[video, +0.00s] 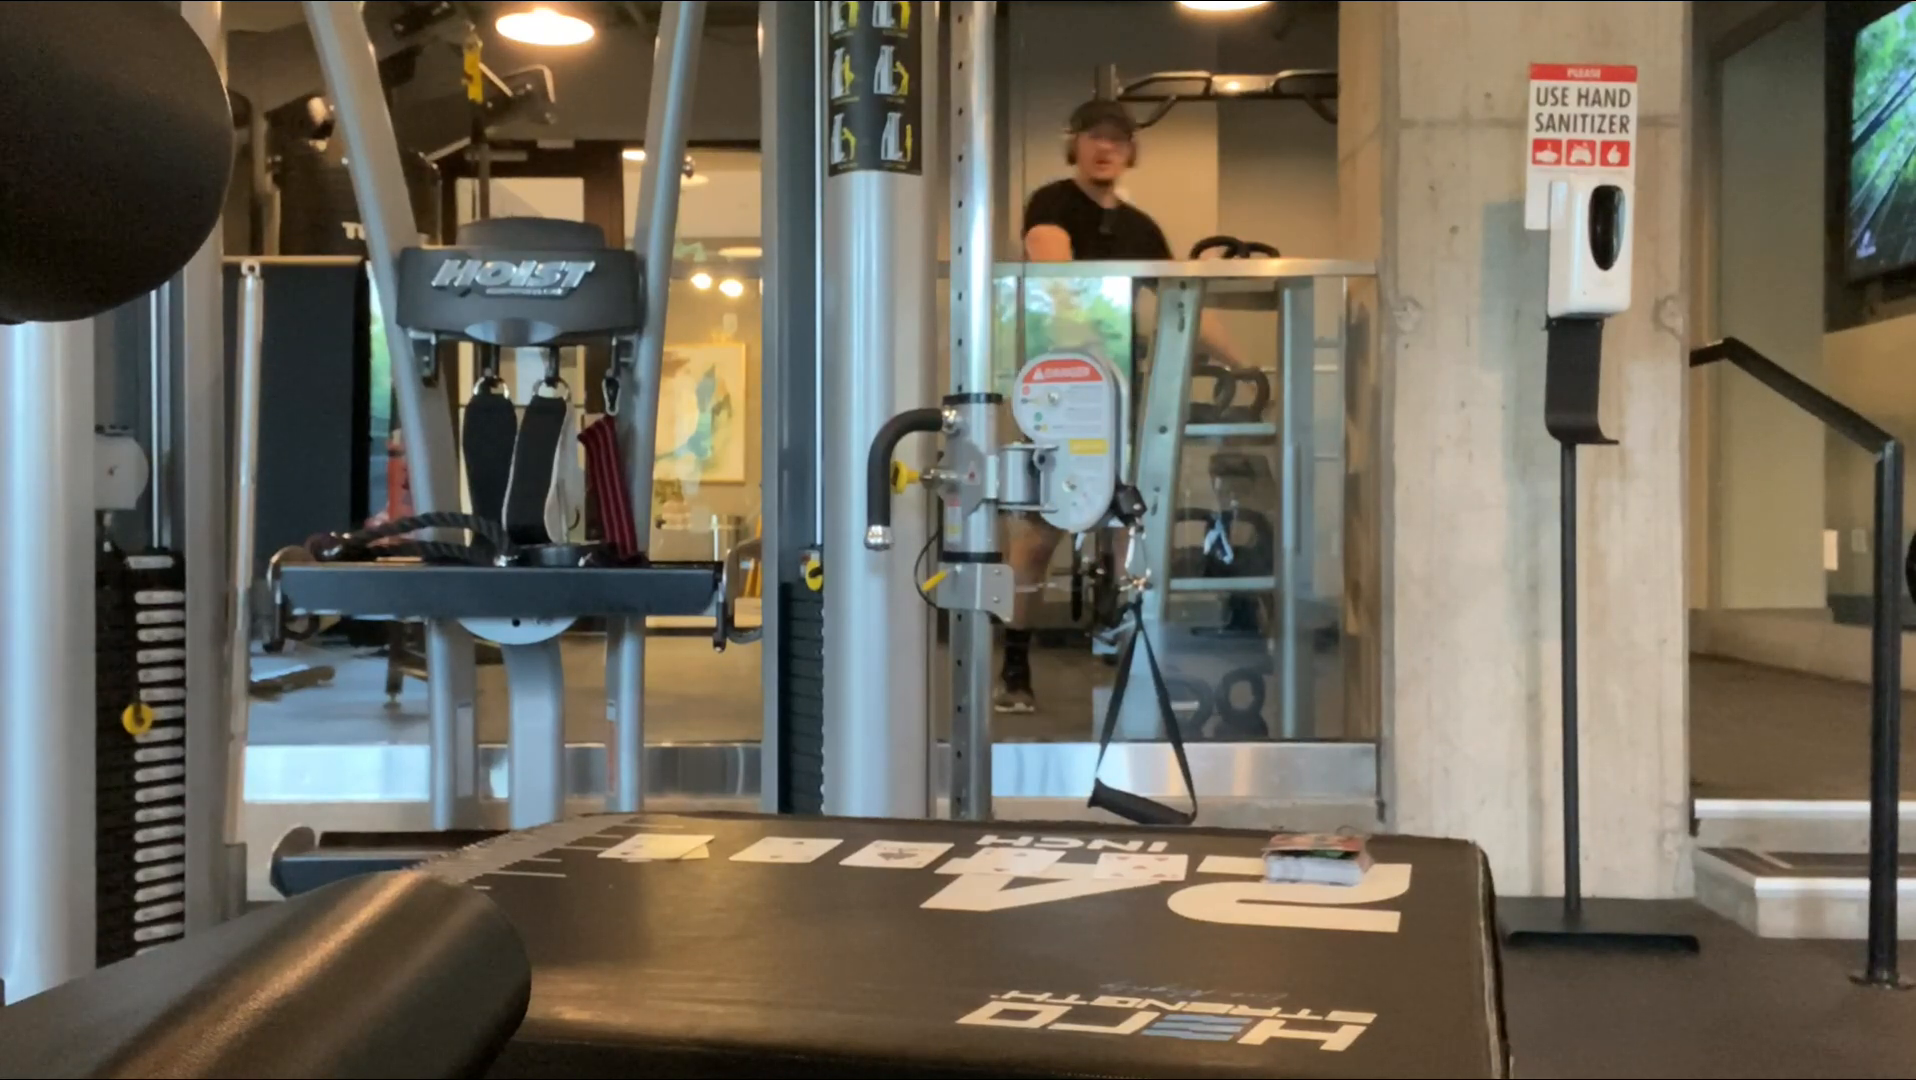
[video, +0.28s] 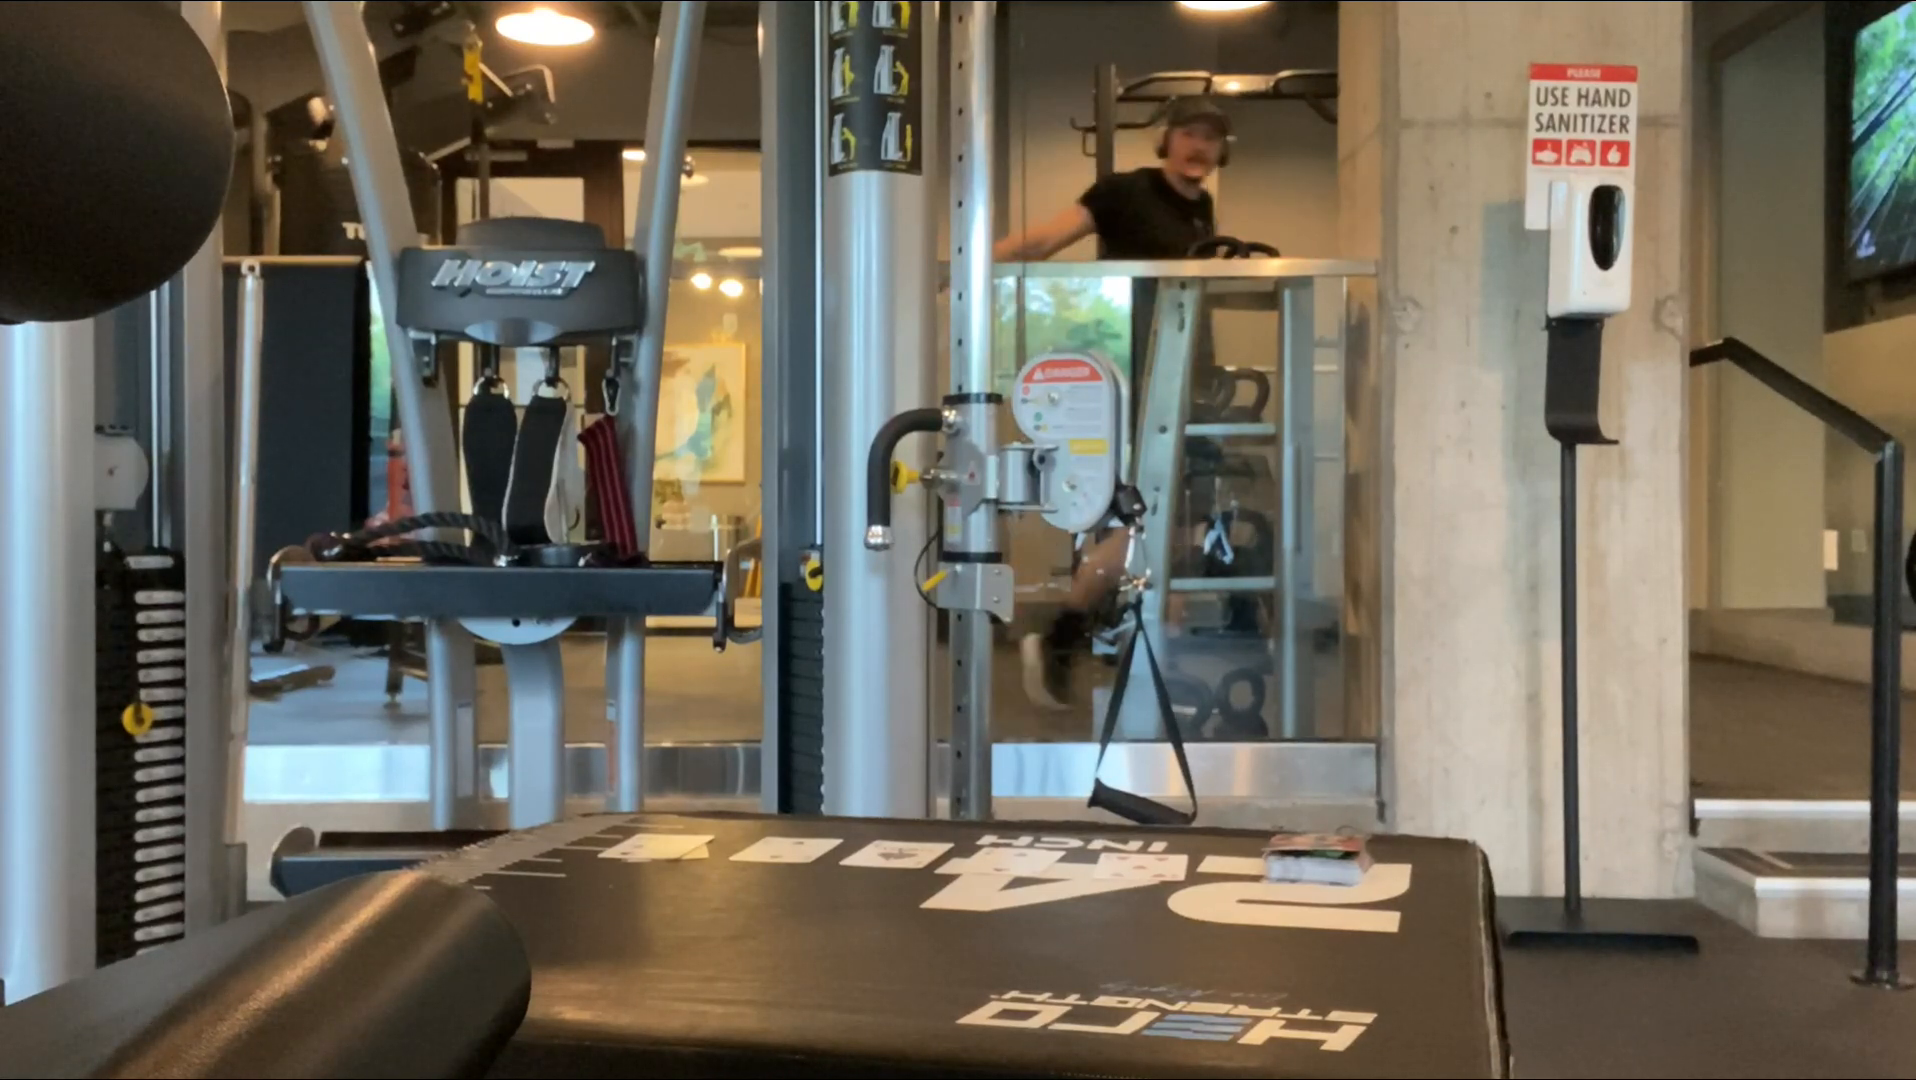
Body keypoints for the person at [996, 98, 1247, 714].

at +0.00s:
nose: (1107, 149)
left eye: (1117, 140)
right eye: (1097, 138)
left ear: (1131, 152)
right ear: (1074, 146)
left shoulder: (1143, 229)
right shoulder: (1051, 203)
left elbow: (1186, 308)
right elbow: (1057, 297)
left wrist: (1242, 364)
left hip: (1123, 392)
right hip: (1055, 390)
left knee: (1129, 516)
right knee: (1039, 528)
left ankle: (1126, 642)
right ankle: (1014, 657)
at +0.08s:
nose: (1135, 148)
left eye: (1145, 140)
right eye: (1125, 137)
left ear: (1159, 152)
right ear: (1103, 146)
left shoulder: (1160, 224)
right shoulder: (1072, 202)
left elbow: (1186, 308)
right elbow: (1026, 274)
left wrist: (1232, 363)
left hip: (1142, 394)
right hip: (1074, 392)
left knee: (1138, 522)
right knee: (1055, 522)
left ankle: (1134, 653)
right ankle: (1016, 653)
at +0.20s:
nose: (1182, 149)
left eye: (1191, 141)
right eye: (1173, 136)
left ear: (1197, 151)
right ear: (1146, 137)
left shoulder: (1182, 207)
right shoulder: (1104, 191)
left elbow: (1182, 282)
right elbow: (1026, 240)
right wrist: (966, 266)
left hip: (1163, 375)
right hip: (1107, 377)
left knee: (1141, 515)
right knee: (1096, 522)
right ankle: (1035, 647)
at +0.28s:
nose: (1202, 155)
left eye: (1212, 148)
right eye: (1194, 141)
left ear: (1219, 156)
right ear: (1167, 139)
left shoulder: (1201, 209)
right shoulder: (1125, 190)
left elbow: (1196, 283)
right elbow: (1043, 239)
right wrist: (972, 263)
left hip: (1188, 373)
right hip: (1133, 373)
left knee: (1181, 518)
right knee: (1134, 518)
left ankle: (1168, 652)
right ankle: (1061, 632)